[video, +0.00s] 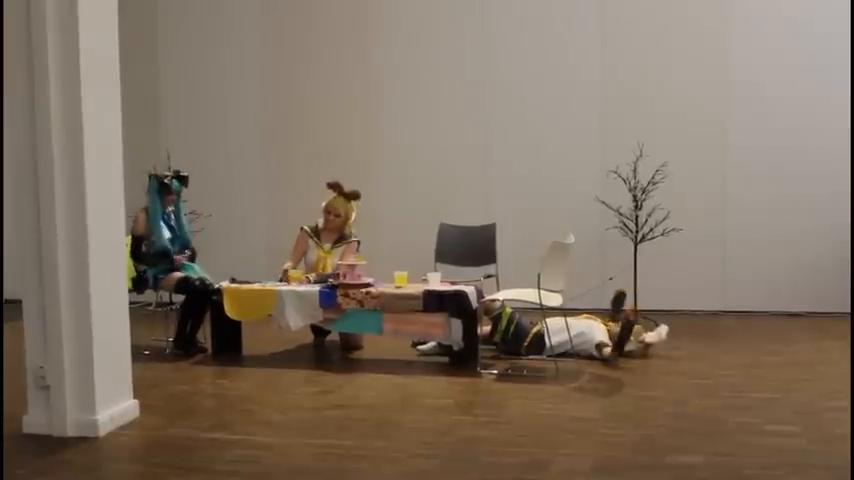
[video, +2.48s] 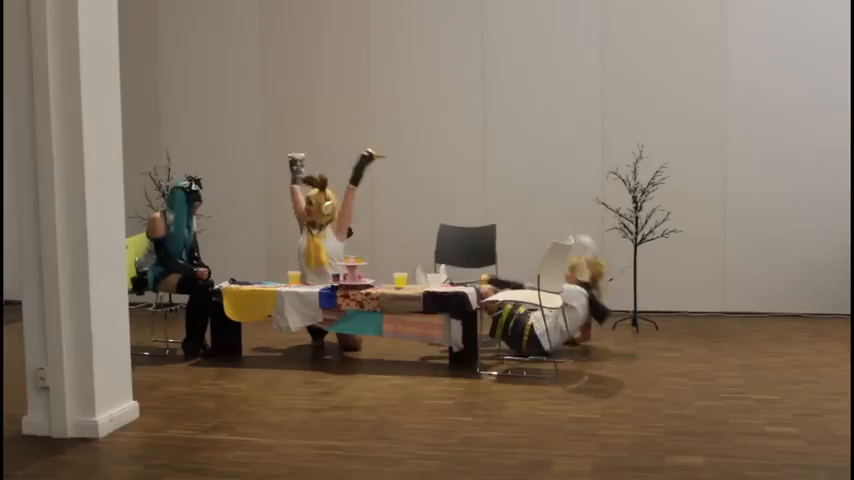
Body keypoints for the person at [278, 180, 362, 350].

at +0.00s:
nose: (330, 218)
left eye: (337, 215)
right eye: (328, 213)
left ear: (347, 219)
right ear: (323, 211)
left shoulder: (350, 241)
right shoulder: (308, 233)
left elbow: (341, 274)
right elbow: (293, 261)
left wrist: (312, 278)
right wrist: (286, 272)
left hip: (340, 292)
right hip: (311, 292)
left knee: (352, 344)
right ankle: (318, 336)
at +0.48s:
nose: (310, 217)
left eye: (315, 213)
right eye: (307, 213)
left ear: (328, 213)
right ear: (304, 213)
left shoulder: (344, 236)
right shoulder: (302, 239)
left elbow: (350, 269)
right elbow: (295, 272)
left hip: (341, 292)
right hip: (313, 294)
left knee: (355, 342)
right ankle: (319, 337)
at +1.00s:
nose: (306, 218)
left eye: (311, 213)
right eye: (302, 214)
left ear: (323, 213)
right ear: (298, 214)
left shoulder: (336, 235)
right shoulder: (297, 239)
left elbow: (345, 268)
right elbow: (293, 271)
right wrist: (294, 280)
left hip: (336, 289)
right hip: (309, 292)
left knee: (354, 343)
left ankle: (346, 331)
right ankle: (319, 337)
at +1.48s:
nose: (306, 211)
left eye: (310, 207)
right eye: (307, 207)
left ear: (324, 209)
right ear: (310, 209)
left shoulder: (345, 235)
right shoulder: (302, 236)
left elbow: (349, 268)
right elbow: (296, 271)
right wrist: (290, 281)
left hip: (341, 293)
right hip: (312, 295)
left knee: (354, 344)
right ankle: (319, 337)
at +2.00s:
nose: (307, 211)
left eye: (313, 207)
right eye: (307, 206)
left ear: (327, 210)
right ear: (305, 209)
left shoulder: (340, 230)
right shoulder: (302, 233)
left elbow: (346, 260)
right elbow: (295, 264)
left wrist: (342, 278)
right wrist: (289, 279)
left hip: (337, 289)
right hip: (310, 291)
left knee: (353, 344)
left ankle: (345, 336)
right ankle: (317, 339)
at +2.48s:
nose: (306, 208)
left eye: (311, 203)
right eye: (306, 203)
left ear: (324, 207)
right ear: (306, 207)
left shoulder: (337, 231)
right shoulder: (305, 230)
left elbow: (349, 193)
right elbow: (297, 203)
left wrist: (361, 165)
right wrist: (295, 175)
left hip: (337, 298)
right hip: (310, 299)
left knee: (352, 345)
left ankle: (345, 334)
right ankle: (317, 338)